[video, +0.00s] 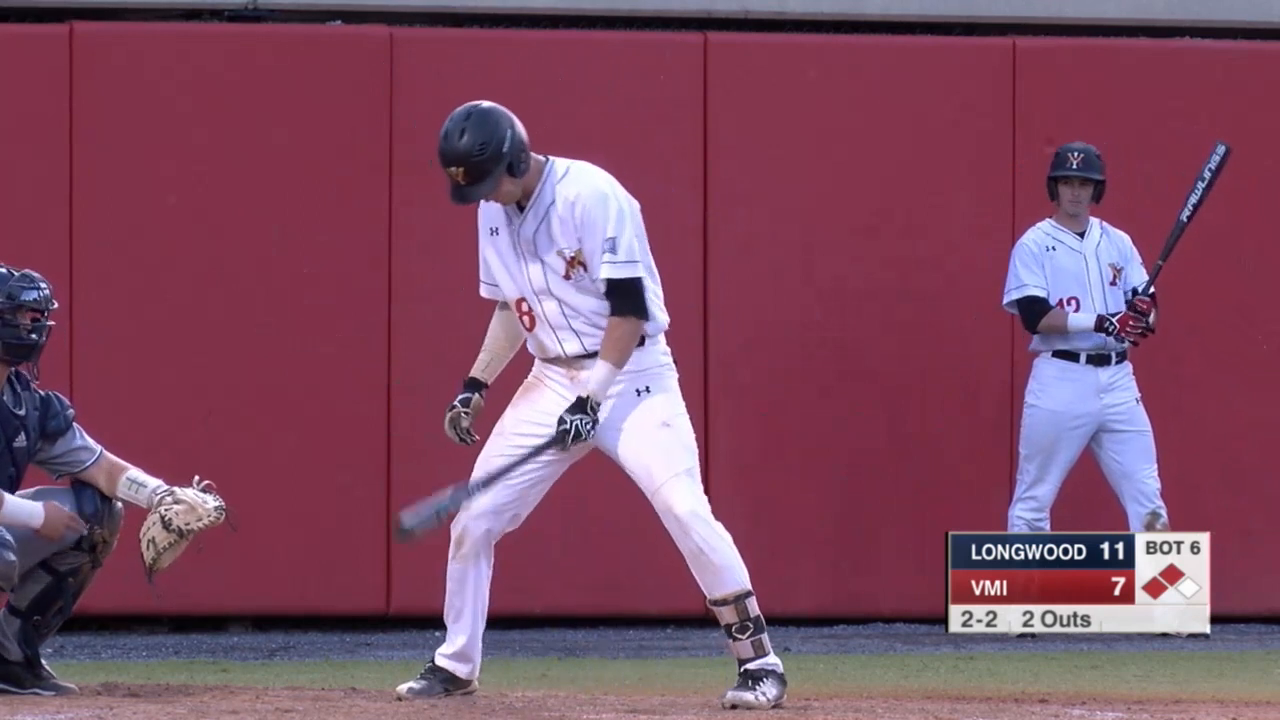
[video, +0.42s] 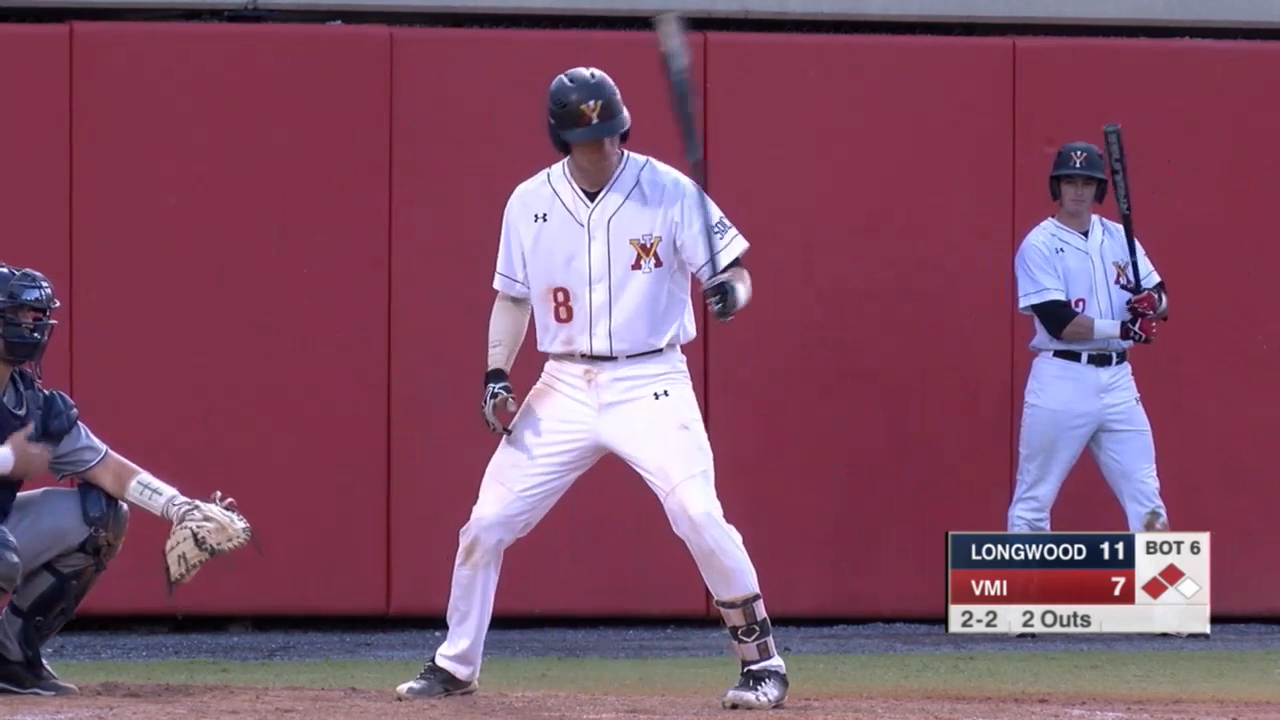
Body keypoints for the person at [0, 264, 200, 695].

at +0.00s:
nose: (28, 325)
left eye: (35, 315)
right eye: (17, 314)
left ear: (43, 322)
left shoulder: (32, 405)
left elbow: (103, 468)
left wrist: (164, 495)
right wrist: (34, 514)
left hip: (8, 527)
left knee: (93, 511)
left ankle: (14, 651)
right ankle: (10, 651)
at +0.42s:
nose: (29, 325)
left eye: (35, 315)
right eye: (18, 314)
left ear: (42, 321)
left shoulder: (36, 404)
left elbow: (108, 468)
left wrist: (179, 506)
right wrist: (9, 459)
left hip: (6, 528)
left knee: (98, 515)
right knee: (7, 561)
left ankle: (14, 651)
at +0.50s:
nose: (29, 325)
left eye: (34, 315)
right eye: (17, 314)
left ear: (41, 321)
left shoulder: (23, 395)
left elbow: (107, 466)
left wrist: (183, 512)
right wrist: (21, 427)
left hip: (5, 528)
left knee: (98, 515)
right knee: (8, 561)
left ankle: (14, 651)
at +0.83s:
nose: (30, 322)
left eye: (36, 312)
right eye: (19, 311)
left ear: (43, 318)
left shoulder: (33, 401)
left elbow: (106, 469)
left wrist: (188, 531)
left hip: (9, 528)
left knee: (97, 513)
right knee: (7, 563)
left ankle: (14, 652)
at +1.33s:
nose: (32, 322)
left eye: (38, 312)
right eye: (19, 311)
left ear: (47, 317)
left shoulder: (37, 404)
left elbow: (115, 474)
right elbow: (8, 511)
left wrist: (191, 536)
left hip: (3, 527)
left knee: (100, 514)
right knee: (6, 558)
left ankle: (13, 652)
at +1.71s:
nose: (30, 319)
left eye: (34, 310)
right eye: (17, 309)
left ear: (39, 316)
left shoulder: (36, 402)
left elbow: (99, 463)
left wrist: (172, 512)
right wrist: (6, 474)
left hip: (4, 531)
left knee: (98, 515)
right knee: (5, 561)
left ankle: (12, 651)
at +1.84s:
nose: (28, 318)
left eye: (33, 308)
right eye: (17, 308)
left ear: (41, 314)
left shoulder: (39, 396)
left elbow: (93, 456)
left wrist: (156, 485)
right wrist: (31, 473)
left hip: (10, 525)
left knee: (98, 510)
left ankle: (16, 649)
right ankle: (11, 650)